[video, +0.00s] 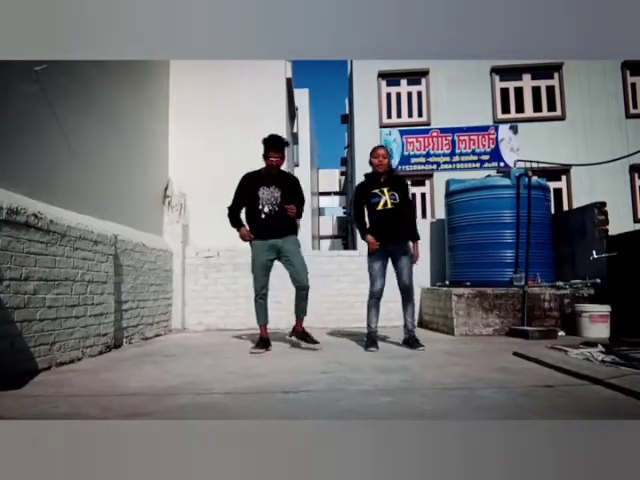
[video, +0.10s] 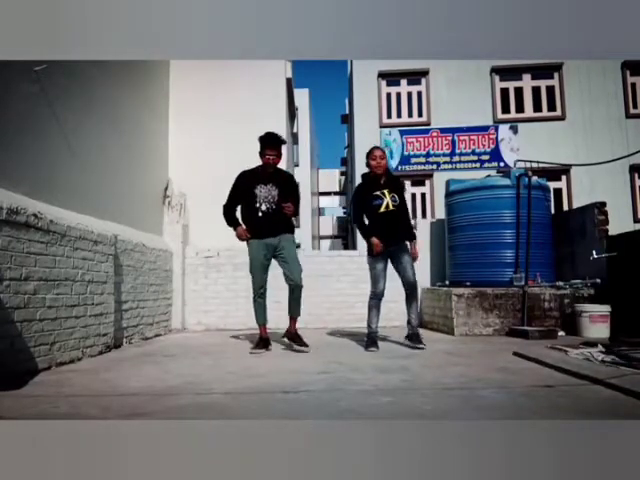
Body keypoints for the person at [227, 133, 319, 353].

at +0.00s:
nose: (275, 160)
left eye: (279, 156)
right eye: (271, 156)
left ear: (284, 157)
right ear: (265, 156)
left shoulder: (291, 180)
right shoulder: (250, 180)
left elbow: (301, 209)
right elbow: (234, 210)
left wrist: (296, 211)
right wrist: (241, 228)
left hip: (288, 240)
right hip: (261, 241)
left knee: (303, 283)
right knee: (260, 289)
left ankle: (299, 328)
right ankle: (263, 334)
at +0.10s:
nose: (271, 158)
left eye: (275, 155)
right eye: (267, 154)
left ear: (281, 155)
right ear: (260, 154)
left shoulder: (288, 179)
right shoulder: (246, 178)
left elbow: (296, 210)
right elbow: (228, 208)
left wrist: (292, 210)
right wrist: (237, 227)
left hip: (284, 237)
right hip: (258, 239)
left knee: (296, 281)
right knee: (259, 289)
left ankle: (292, 329)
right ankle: (263, 335)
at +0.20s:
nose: (269, 156)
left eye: (273, 152)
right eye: (265, 152)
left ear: (278, 153)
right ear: (259, 152)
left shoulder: (285, 177)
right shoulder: (243, 175)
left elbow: (294, 206)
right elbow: (225, 206)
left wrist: (292, 208)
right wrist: (235, 225)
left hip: (281, 236)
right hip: (255, 238)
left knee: (288, 283)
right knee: (258, 288)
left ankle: (289, 333)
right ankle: (263, 334)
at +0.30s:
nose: (268, 156)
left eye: (272, 152)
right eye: (264, 152)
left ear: (278, 152)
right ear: (258, 151)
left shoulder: (284, 177)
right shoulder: (242, 175)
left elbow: (293, 206)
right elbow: (223, 205)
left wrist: (292, 208)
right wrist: (233, 225)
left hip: (279, 237)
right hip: (253, 239)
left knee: (282, 283)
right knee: (256, 288)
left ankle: (285, 333)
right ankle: (262, 333)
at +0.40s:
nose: (268, 156)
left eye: (272, 151)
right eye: (264, 151)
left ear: (278, 152)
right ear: (257, 150)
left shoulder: (284, 177)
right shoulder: (241, 174)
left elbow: (294, 208)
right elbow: (223, 205)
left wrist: (292, 208)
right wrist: (231, 225)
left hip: (278, 237)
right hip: (251, 239)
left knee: (279, 283)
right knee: (255, 288)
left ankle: (279, 333)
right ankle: (261, 332)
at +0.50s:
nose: (268, 154)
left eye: (272, 149)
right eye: (264, 149)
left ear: (278, 150)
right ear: (257, 148)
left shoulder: (286, 175)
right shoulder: (241, 172)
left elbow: (297, 207)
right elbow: (223, 203)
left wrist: (294, 205)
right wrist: (231, 222)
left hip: (277, 237)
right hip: (250, 239)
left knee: (276, 285)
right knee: (255, 288)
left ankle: (274, 336)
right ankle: (261, 331)